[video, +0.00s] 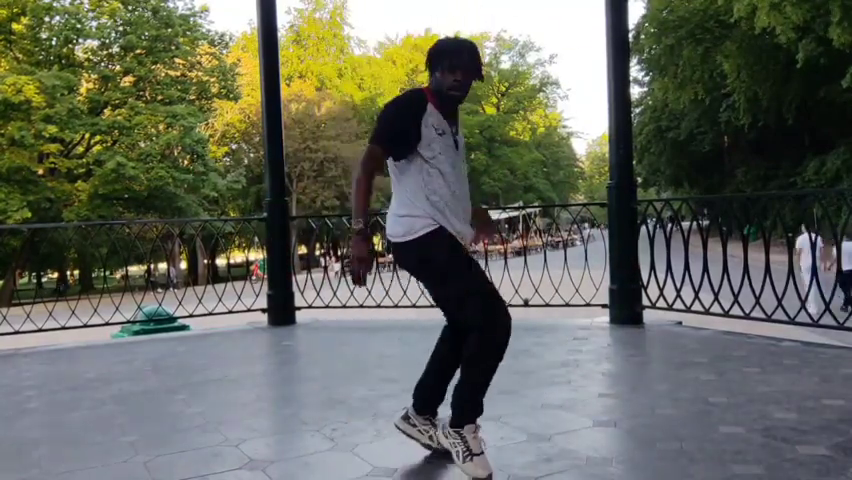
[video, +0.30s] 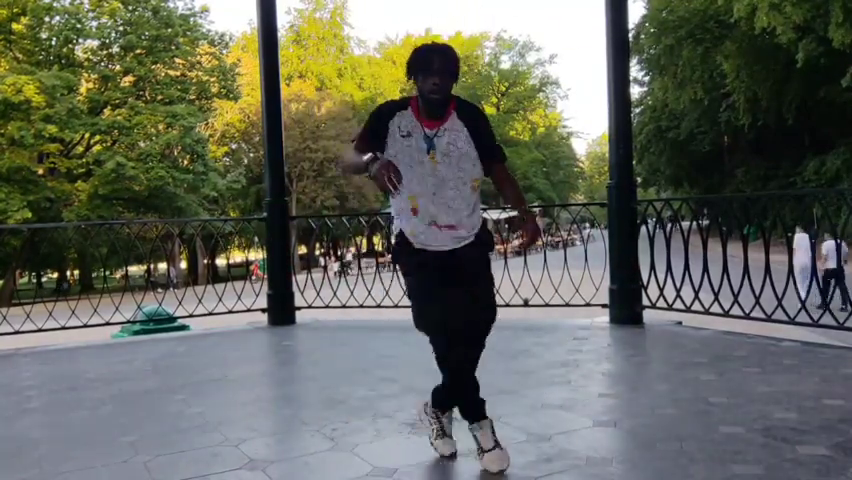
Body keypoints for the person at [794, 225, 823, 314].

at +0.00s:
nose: (802, 229)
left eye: (802, 227)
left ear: (803, 228)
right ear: (812, 227)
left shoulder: (800, 239)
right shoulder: (818, 238)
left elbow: (798, 252)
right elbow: (821, 251)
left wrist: (798, 263)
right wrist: (822, 262)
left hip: (805, 263)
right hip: (816, 263)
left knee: (808, 285)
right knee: (815, 284)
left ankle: (812, 307)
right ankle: (815, 304)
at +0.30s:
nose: (796, 230)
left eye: (796, 229)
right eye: (797, 229)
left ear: (797, 229)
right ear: (804, 229)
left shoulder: (796, 236)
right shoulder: (807, 236)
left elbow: (794, 248)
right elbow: (810, 249)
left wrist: (793, 258)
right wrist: (812, 258)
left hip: (799, 260)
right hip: (807, 259)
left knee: (799, 280)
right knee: (806, 279)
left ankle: (802, 298)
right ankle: (804, 295)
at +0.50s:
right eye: (806, 228)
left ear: (796, 227)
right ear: (804, 228)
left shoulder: (791, 236)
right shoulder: (806, 236)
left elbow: (787, 248)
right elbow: (808, 249)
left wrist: (788, 260)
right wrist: (809, 258)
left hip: (793, 260)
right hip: (804, 260)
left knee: (791, 282)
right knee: (803, 282)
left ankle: (791, 302)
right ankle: (802, 301)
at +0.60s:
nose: (787, 230)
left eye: (788, 229)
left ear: (789, 229)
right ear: (797, 228)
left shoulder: (786, 238)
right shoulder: (802, 237)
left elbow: (784, 251)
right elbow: (807, 251)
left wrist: (783, 262)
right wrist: (808, 262)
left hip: (789, 263)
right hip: (800, 262)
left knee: (788, 283)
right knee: (801, 282)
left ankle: (787, 301)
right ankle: (802, 302)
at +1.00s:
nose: (779, 228)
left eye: (779, 227)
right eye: (780, 227)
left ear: (779, 228)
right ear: (786, 227)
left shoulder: (775, 237)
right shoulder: (791, 236)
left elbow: (771, 249)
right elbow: (794, 249)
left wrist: (771, 258)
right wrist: (795, 259)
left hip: (780, 260)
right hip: (789, 260)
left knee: (781, 280)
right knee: (789, 280)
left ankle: (784, 299)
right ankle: (789, 298)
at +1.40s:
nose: (774, 229)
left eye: (774, 228)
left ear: (773, 228)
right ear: (781, 229)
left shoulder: (770, 237)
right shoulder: (783, 236)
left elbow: (769, 249)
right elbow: (786, 249)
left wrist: (769, 259)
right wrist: (787, 258)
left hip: (773, 260)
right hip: (782, 259)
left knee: (775, 278)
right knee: (782, 277)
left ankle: (778, 294)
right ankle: (781, 295)